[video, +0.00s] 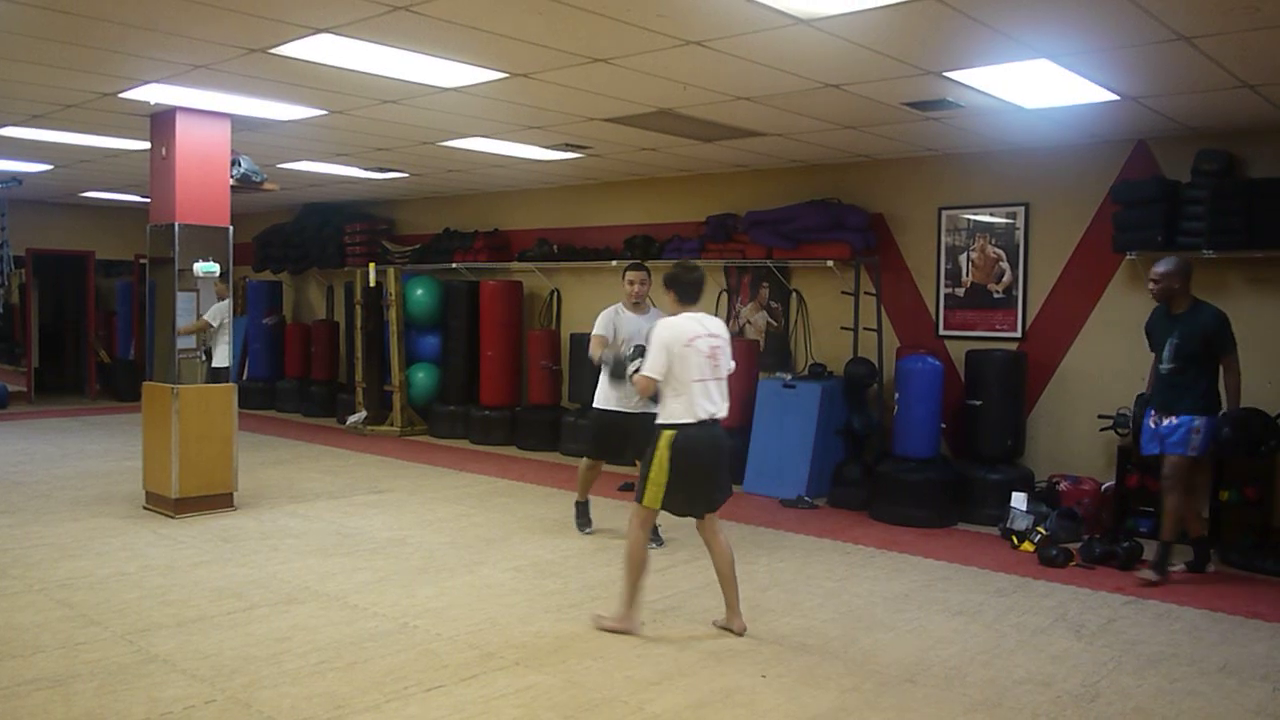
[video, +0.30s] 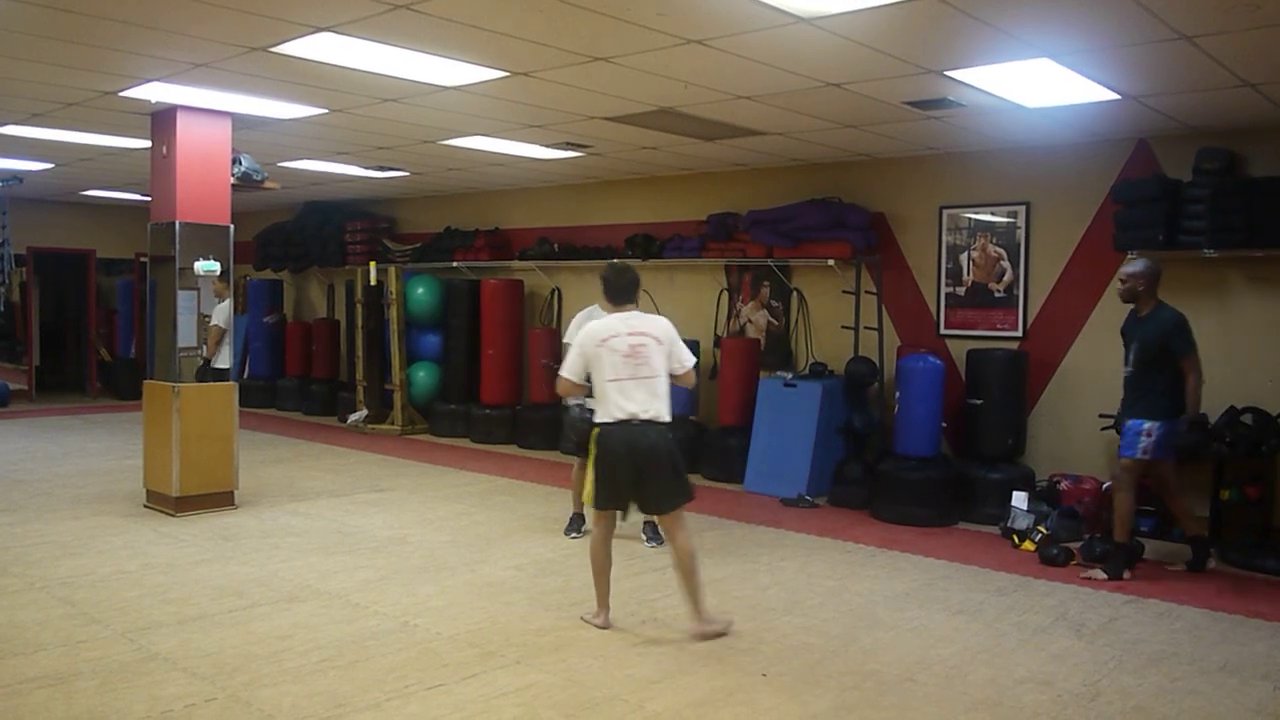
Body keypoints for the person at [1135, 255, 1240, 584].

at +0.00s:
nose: (1150, 287)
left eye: (1157, 281)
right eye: (1150, 281)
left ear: (1180, 283)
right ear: (1155, 284)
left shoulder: (1212, 320)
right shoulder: (1156, 320)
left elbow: (1231, 368)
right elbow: (1158, 360)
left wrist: (1232, 415)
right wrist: (1148, 399)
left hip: (1196, 414)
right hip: (1162, 413)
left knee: (1171, 477)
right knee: (1184, 483)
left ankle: (1160, 560)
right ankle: (1201, 553)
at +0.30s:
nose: (1119, 287)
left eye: (1125, 281)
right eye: (1119, 281)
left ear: (1145, 284)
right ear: (1135, 284)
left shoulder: (1172, 322)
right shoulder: (1130, 324)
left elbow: (1192, 372)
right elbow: (1133, 374)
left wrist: (1192, 418)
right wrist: (1124, 413)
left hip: (1157, 416)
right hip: (1136, 414)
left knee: (1123, 476)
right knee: (1165, 483)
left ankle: (1119, 558)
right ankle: (1198, 543)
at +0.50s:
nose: (1092, 283)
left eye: (1098, 279)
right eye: (1093, 278)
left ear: (1119, 282)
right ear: (1110, 283)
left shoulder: (1142, 316)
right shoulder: (1111, 317)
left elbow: (1157, 366)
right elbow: (1113, 369)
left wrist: (1152, 413)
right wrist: (1105, 406)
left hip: (1129, 415)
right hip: (1111, 414)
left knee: (1114, 482)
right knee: (1115, 481)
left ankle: (1117, 556)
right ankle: (1166, 523)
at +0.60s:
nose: (1079, 281)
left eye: (1085, 276)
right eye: (1079, 275)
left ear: (1105, 278)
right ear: (1098, 278)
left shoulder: (1127, 311)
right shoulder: (1104, 311)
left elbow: (1140, 362)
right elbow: (1106, 365)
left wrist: (1125, 411)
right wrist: (1097, 407)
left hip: (1123, 417)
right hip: (1102, 413)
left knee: (1114, 483)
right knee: (1078, 466)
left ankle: (1117, 558)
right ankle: (1124, 511)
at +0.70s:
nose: (1066, 278)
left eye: (1072, 273)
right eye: (1067, 272)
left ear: (1090, 276)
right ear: (1085, 277)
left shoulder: (1111, 308)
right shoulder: (1092, 308)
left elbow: (1123, 357)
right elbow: (1095, 361)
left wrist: (1097, 405)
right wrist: (1082, 401)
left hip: (1116, 408)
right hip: (1089, 403)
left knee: (1112, 480)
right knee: (1051, 455)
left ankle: (1118, 558)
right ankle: (1091, 517)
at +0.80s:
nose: (1053, 279)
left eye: (1058, 274)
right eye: (1054, 273)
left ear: (1076, 277)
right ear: (1072, 277)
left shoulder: (1095, 308)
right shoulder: (1078, 309)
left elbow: (1104, 356)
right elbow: (1080, 360)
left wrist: (1075, 398)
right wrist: (1066, 398)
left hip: (1102, 410)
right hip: (1078, 407)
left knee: (1107, 480)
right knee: (1033, 455)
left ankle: (1117, 556)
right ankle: (1050, 527)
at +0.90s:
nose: (1037, 280)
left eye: (1042, 274)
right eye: (1038, 274)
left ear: (1057, 278)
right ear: (1054, 278)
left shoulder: (1076, 310)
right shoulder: (1059, 311)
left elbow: (1086, 358)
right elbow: (1064, 362)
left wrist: (1054, 398)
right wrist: (1046, 397)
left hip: (1084, 412)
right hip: (1060, 410)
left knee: (1096, 480)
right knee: (1022, 461)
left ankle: (1114, 553)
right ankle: (1009, 536)